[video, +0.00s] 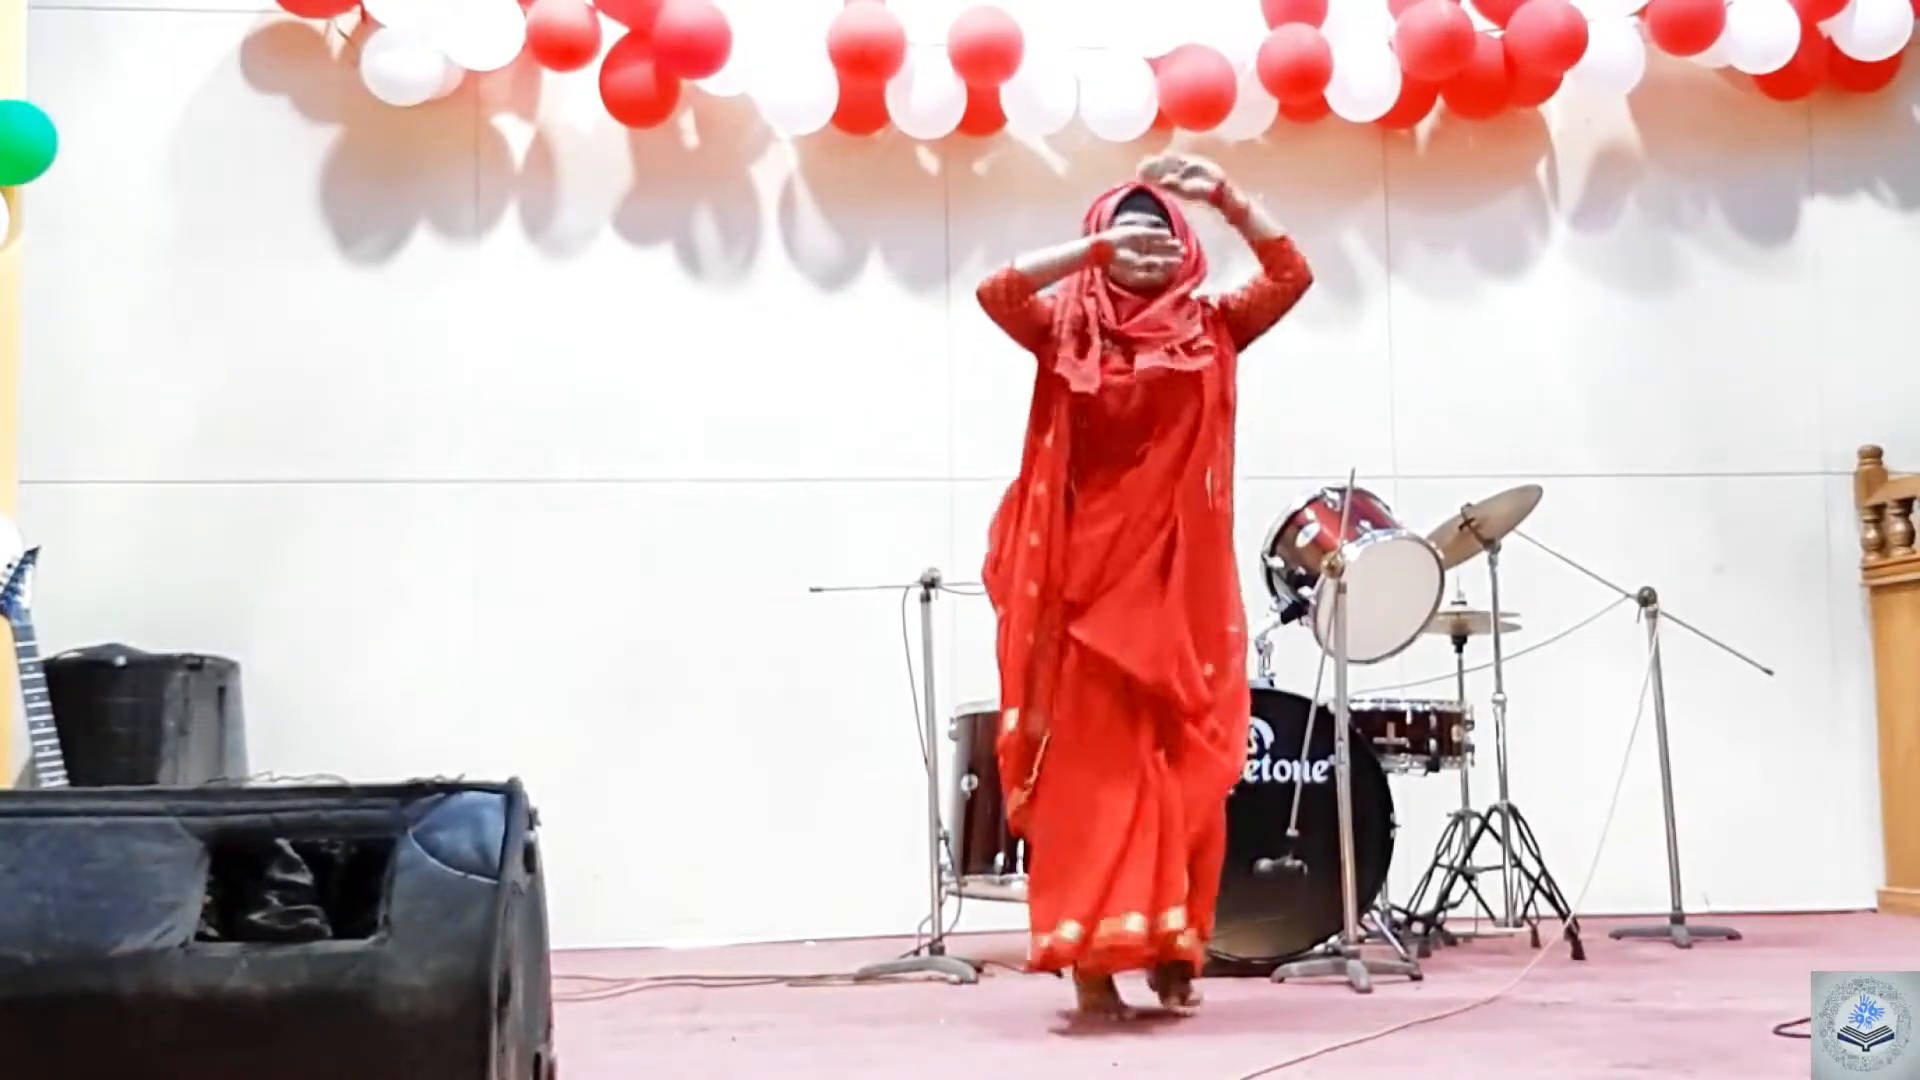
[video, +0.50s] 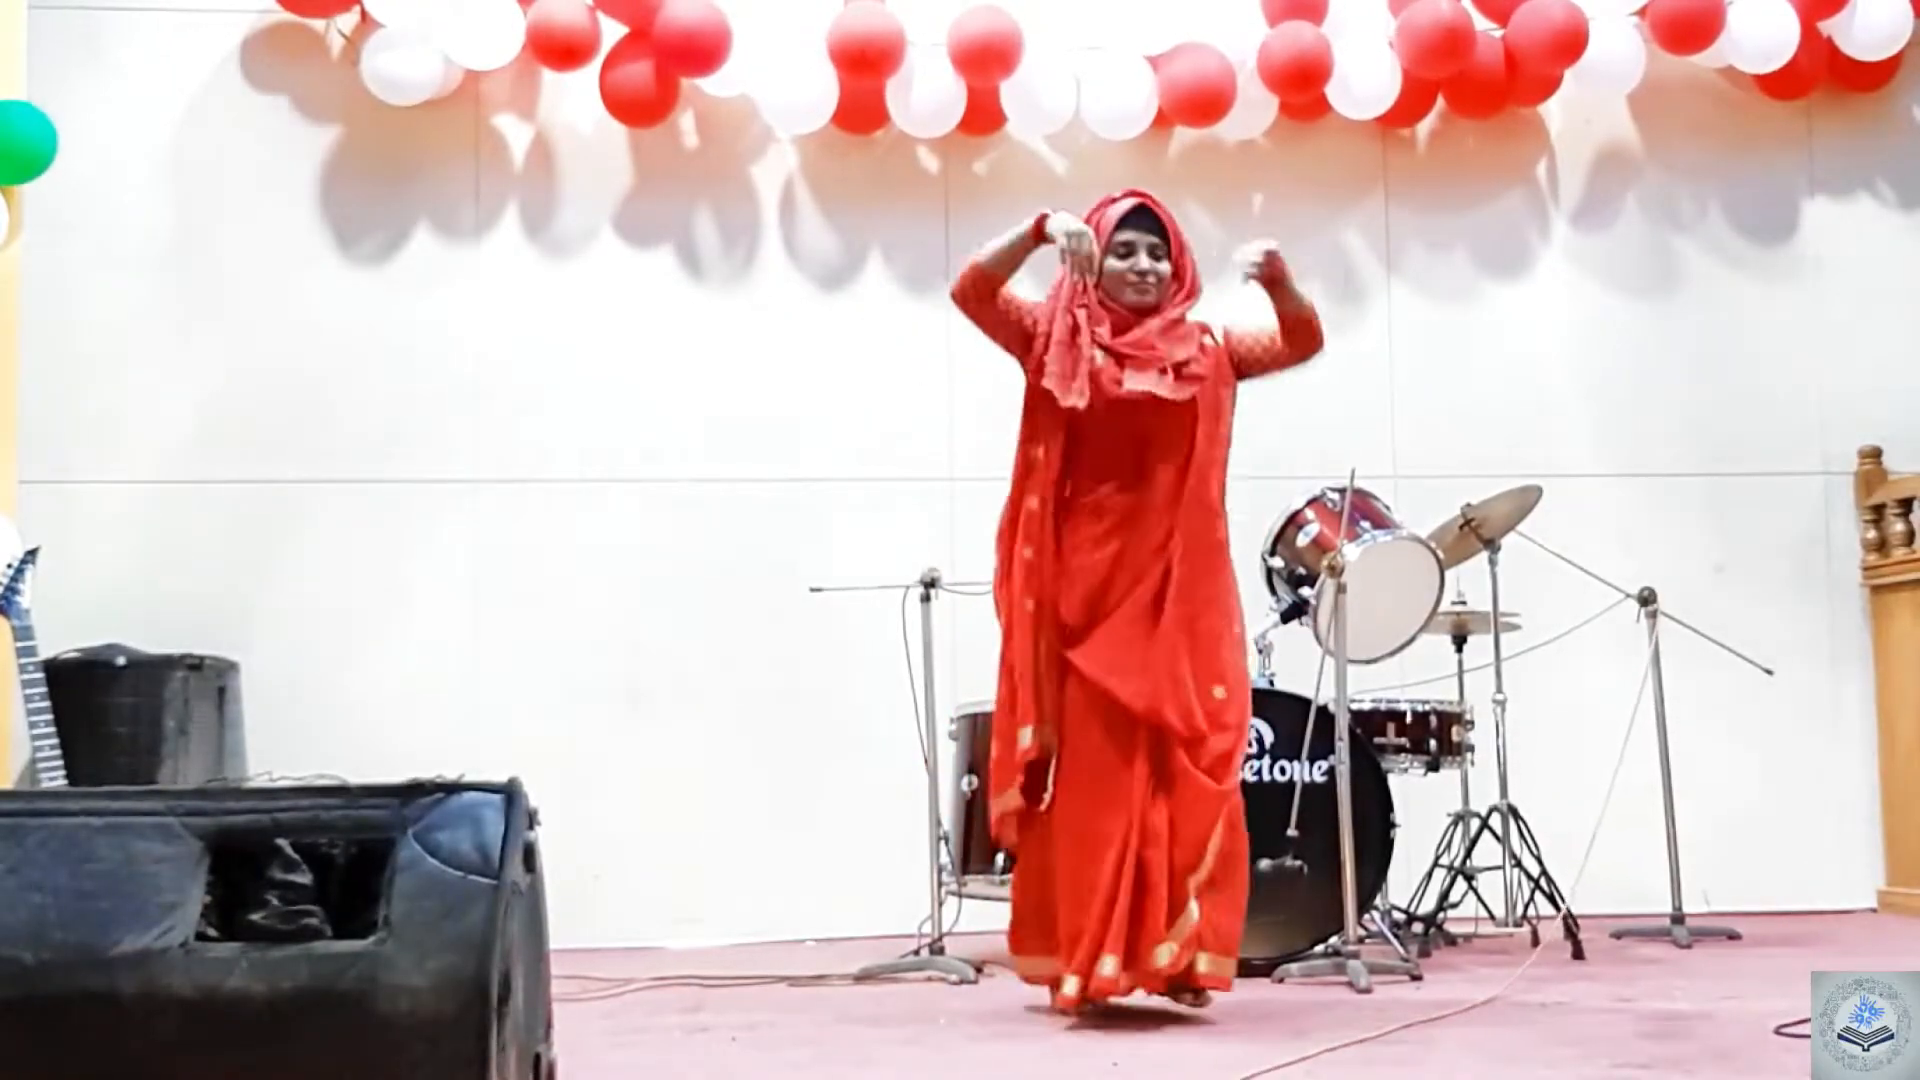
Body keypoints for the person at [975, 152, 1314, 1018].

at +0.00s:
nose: (1147, 243)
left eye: (1163, 234)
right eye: (1129, 231)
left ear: (1187, 254)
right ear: (1103, 251)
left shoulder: (1211, 326)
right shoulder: (1070, 323)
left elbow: (1289, 275)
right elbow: (995, 293)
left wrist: (1230, 199)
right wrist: (1087, 252)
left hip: (1184, 577)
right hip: (1085, 574)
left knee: (1189, 759)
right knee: (1089, 760)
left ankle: (1178, 944)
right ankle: (1091, 974)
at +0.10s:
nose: (1152, 272)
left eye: (1167, 260)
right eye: (1135, 258)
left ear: (1192, 279)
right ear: (1104, 272)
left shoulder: (1208, 353)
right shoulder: (1071, 350)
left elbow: (1288, 314)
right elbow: (994, 321)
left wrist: (1220, 251)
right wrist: (1094, 282)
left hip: (1187, 592)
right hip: (1093, 590)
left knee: (1188, 770)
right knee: (1094, 768)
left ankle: (1170, 967)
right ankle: (1094, 971)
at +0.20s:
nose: (1150, 314)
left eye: (1165, 299)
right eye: (1132, 297)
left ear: (1188, 313)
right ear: (1101, 307)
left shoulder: (1210, 387)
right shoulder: (1068, 385)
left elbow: (1293, 372)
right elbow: (990, 372)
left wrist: (1222, 313)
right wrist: (1094, 329)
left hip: (1194, 634)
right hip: (1094, 630)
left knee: (1200, 807)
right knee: (1092, 797)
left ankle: (1170, 980)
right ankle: (1074, 987)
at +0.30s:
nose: (1138, 279)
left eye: (1152, 266)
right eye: (1121, 267)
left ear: (1176, 282)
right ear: (1091, 280)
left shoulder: (1206, 358)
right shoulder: (1060, 356)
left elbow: (1298, 334)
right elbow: (973, 336)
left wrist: (1222, 288)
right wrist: (1071, 302)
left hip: (1193, 605)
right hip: (1094, 602)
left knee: (1199, 790)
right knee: (1094, 784)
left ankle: (1169, 977)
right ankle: (1087, 980)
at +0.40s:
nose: (1133, 257)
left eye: (1147, 246)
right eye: (1116, 245)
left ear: (1170, 263)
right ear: (1088, 262)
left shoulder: (1203, 335)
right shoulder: (1056, 333)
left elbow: (1295, 300)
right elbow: (971, 282)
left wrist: (1228, 258)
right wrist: (1053, 245)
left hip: (1184, 586)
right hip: (1086, 583)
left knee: (1189, 769)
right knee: (1084, 766)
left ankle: (1171, 964)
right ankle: (1075, 967)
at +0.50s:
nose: (1139, 264)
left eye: (1153, 252)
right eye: (1124, 252)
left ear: (1174, 268)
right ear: (1094, 265)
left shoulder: (1207, 348)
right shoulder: (1057, 335)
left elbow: (1301, 344)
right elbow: (972, 293)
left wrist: (1282, 288)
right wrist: (1031, 235)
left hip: (1182, 592)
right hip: (1081, 589)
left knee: (1193, 770)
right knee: (1090, 769)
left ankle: (1182, 964)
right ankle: (1086, 968)